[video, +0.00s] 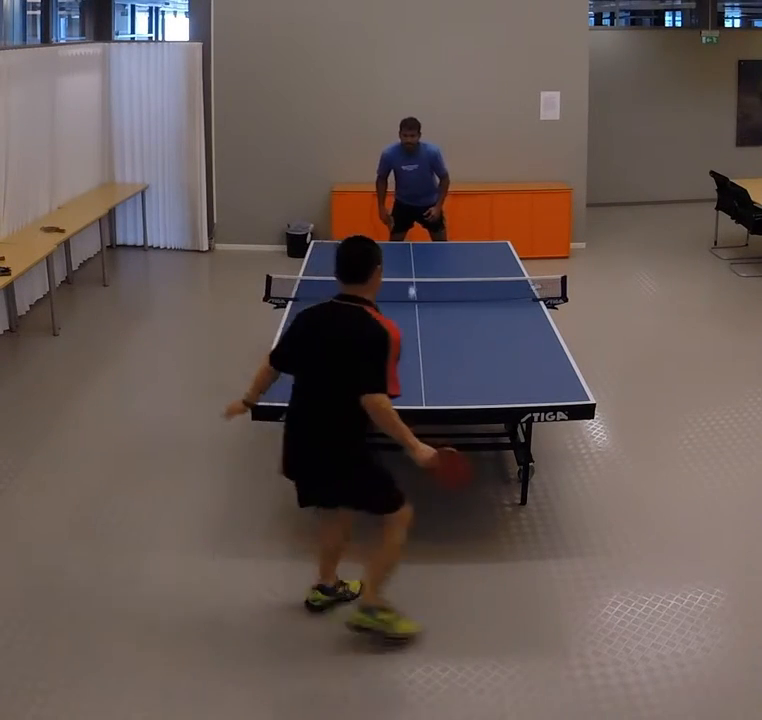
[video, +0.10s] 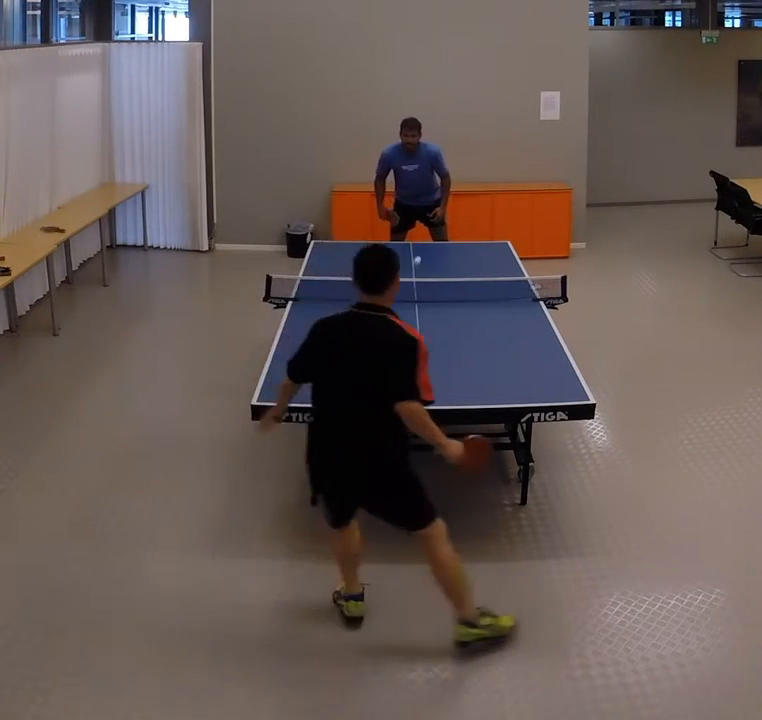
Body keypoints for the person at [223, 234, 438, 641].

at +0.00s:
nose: (381, 276)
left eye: (378, 270)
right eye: (381, 270)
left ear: (338, 273)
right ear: (377, 275)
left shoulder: (312, 317)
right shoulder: (377, 331)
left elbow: (273, 364)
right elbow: (373, 399)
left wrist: (248, 400)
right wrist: (415, 445)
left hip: (303, 444)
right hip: (345, 448)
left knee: (338, 508)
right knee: (398, 512)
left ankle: (327, 584)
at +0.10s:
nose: (400, 283)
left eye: (393, 277)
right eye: (399, 277)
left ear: (356, 282)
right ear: (395, 283)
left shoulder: (327, 328)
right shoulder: (404, 339)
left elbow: (292, 378)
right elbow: (407, 405)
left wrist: (275, 413)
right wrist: (444, 444)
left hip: (330, 454)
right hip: (382, 459)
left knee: (342, 521)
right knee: (431, 530)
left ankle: (351, 597)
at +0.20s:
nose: (409, 296)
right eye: (411, 290)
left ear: (373, 295)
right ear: (414, 295)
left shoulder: (346, 348)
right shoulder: (435, 353)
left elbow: (317, 406)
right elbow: (453, 419)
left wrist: (310, 436)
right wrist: (473, 444)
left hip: (356, 466)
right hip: (411, 471)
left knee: (351, 524)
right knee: (463, 543)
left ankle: (352, 598)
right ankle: (507, 628)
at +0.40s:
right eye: (440, 304)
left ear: (397, 313)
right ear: (440, 311)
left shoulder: (376, 370)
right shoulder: (468, 368)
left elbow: (356, 438)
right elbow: (500, 428)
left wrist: (361, 473)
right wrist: (490, 448)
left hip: (387, 491)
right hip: (449, 494)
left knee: (338, 537)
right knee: (493, 548)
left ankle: (306, 615)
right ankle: (510, 636)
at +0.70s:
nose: (415, 309)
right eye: (415, 305)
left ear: (370, 309)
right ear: (413, 310)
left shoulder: (338, 362)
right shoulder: (433, 369)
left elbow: (320, 436)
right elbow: (466, 439)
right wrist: (431, 427)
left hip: (346, 492)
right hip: (407, 494)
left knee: (305, 564)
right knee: (458, 566)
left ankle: (274, 643)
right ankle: (490, 640)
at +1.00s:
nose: (400, 314)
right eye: (399, 309)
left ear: (355, 314)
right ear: (400, 316)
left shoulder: (326, 373)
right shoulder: (421, 372)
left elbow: (300, 442)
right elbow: (457, 413)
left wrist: (289, 472)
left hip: (336, 505)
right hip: (402, 505)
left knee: (300, 563)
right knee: (447, 567)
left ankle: (274, 643)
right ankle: (476, 648)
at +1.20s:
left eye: (337, 304)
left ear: (335, 309)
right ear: (379, 310)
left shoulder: (314, 371)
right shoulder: (404, 364)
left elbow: (290, 444)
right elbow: (419, 411)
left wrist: (272, 479)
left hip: (333, 500)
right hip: (396, 497)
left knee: (297, 568)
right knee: (442, 569)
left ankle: (273, 644)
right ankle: (476, 648)